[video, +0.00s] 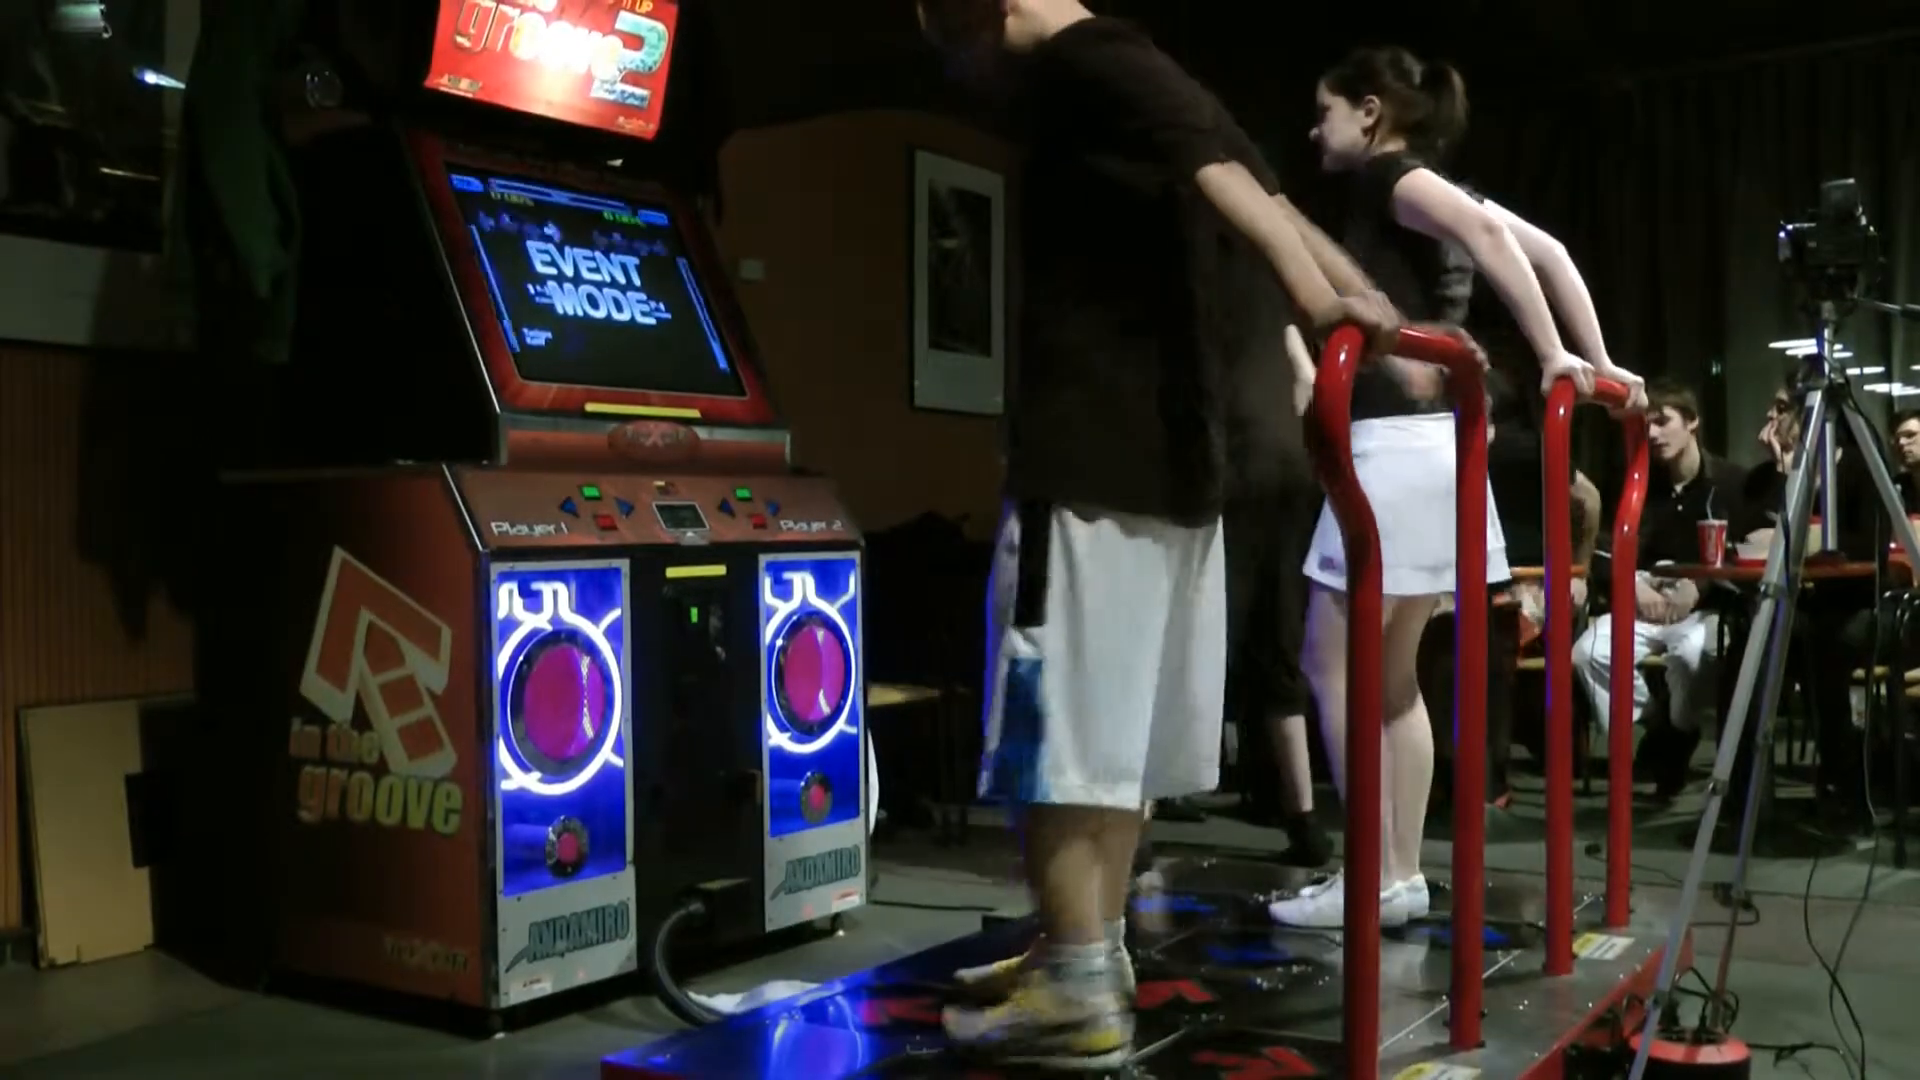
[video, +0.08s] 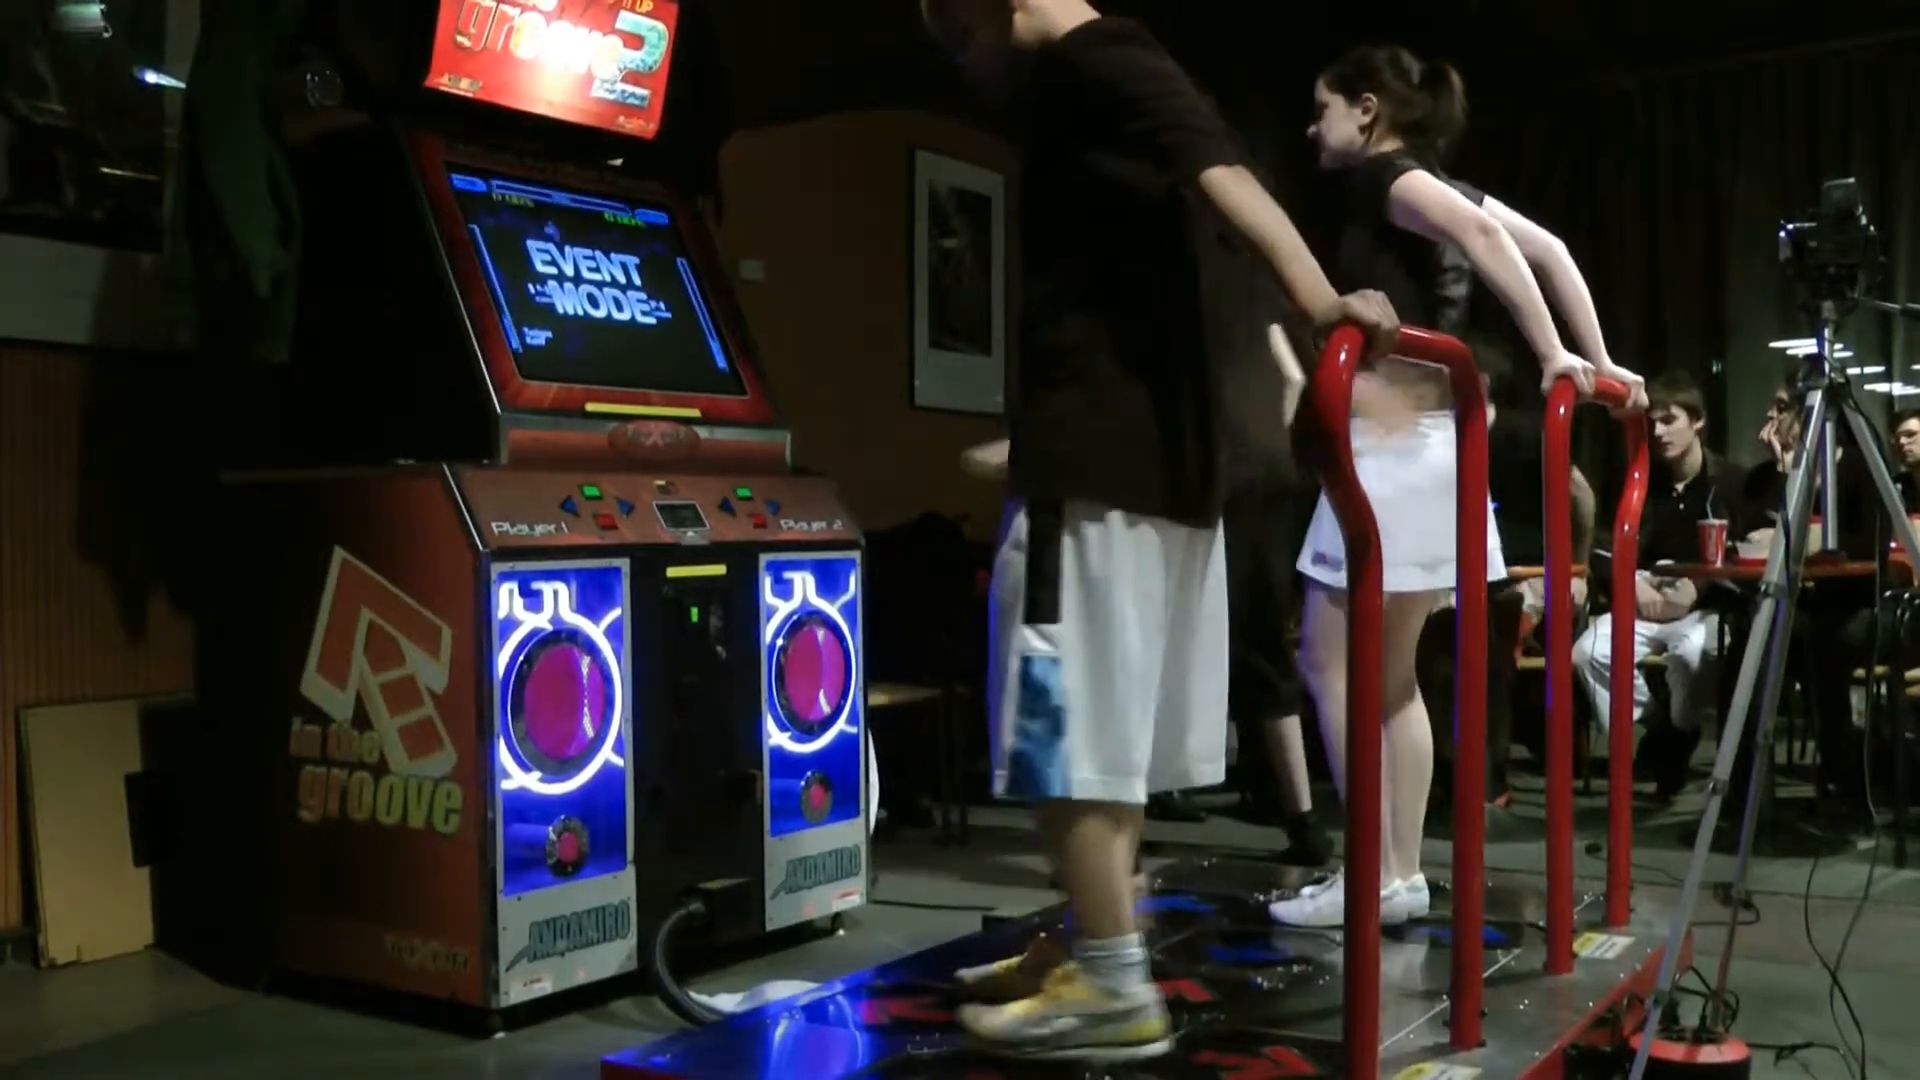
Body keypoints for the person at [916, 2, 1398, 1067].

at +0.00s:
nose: (976, 57)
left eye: (969, 37)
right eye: (970, 42)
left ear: (1005, 12)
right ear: (1074, 3)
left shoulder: (1075, 67)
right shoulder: (1159, 80)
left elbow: (1218, 167)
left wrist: (1331, 286)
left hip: (1101, 457)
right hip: (1175, 462)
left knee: (1068, 712)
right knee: (1123, 708)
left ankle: (1079, 977)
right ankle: (1090, 956)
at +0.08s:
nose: (970, 48)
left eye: (968, 27)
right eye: (965, 33)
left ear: (1009, 7)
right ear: (1067, 0)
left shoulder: (1088, 65)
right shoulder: (1119, 77)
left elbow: (1222, 175)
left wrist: (1324, 303)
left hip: (1105, 460)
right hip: (1157, 461)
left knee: (1073, 720)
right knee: (1113, 715)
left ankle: (1113, 987)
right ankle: (1092, 950)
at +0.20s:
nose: (980, 36)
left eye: (984, 18)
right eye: (976, 25)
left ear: (1036, 3)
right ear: (1062, 12)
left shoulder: (1114, 65)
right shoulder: (1073, 100)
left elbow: (1236, 169)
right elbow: (1078, 340)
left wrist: (1324, 296)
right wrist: (951, 447)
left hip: (1124, 465)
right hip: (1104, 464)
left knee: (1102, 730)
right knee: (1097, 725)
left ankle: (1149, 986)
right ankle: (1085, 941)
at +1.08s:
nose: (960, 36)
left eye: (960, 16)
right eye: (952, 24)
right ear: (1016, 12)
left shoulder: (1115, 61)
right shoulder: (1045, 104)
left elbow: (1242, 181)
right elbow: (1008, 324)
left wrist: (1326, 302)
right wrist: (917, 462)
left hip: (1112, 468)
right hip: (1053, 468)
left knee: (1118, 732)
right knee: (1071, 726)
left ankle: (1157, 997)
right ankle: (1084, 945)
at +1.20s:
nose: (954, 35)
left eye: (955, 15)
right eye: (950, 22)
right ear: (1008, 11)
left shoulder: (1112, 62)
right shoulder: (1052, 97)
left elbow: (1234, 175)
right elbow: (1155, 295)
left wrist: (1319, 297)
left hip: (1112, 470)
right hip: (1054, 469)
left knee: (1117, 739)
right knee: (1062, 730)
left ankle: (1157, 996)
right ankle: (1084, 943)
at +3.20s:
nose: (999, 16)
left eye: (1003, 4)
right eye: (1000, 9)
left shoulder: (1110, 56)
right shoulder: (1107, 72)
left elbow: (1227, 177)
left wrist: (1317, 301)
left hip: (1092, 471)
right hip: (1133, 466)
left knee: (1047, 719)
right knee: (1110, 715)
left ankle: (1114, 973)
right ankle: (1087, 946)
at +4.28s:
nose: (1062, 24)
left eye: (1063, 17)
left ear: (1091, 5)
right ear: (1166, 3)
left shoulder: (1089, 47)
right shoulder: (1247, 65)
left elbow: (1227, 126)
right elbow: (1360, 191)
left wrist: (1296, 311)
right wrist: (1435, 318)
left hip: (1127, 427)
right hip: (1241, 441)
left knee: (1098, 708)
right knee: (1171, 706)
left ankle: (1093, 992)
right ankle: (1155, 960)